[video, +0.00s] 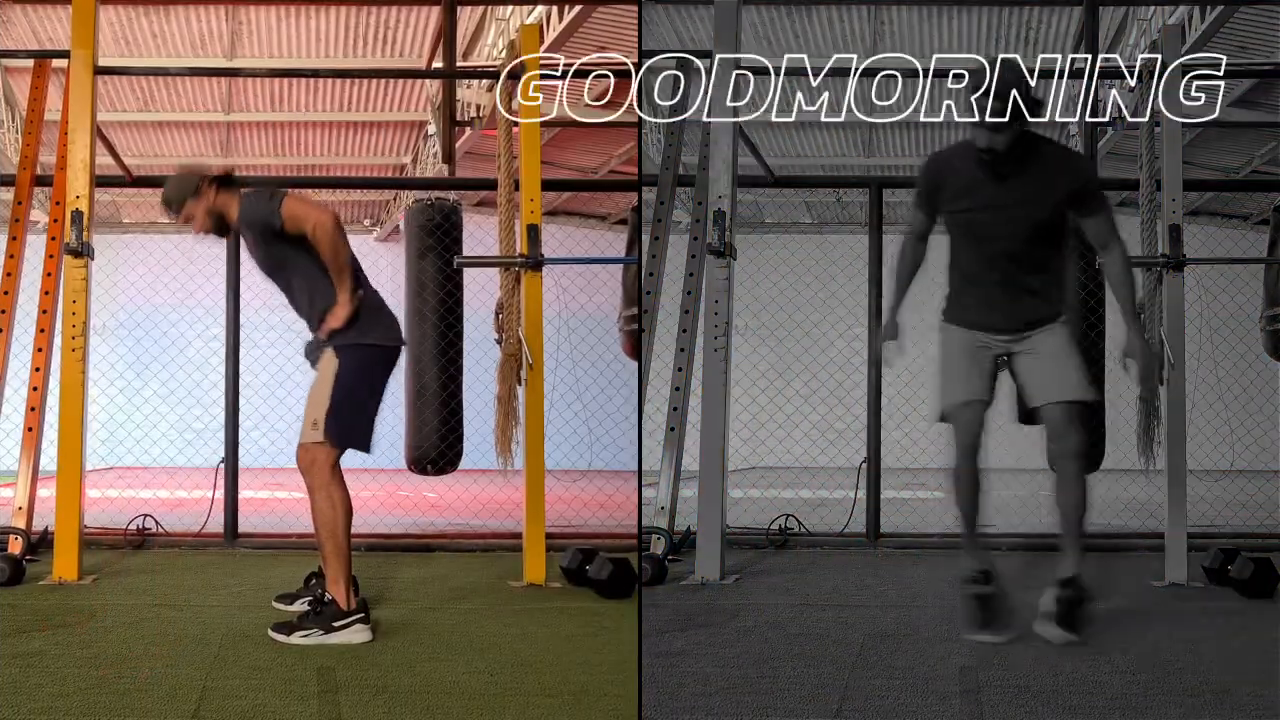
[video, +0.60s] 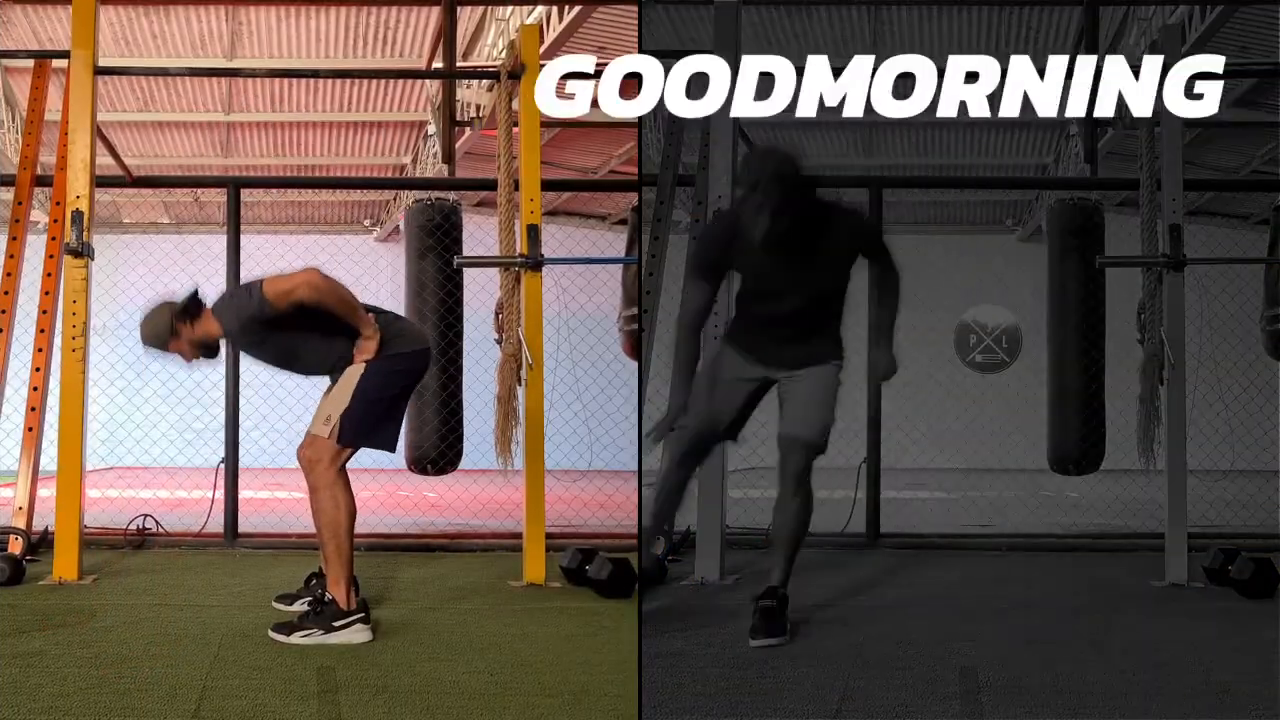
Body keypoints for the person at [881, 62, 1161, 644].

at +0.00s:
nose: (986, 138)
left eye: (998, 127)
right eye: (979, 126)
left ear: (1023, 120)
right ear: (968, 118)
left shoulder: (1065, 169)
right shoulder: (943, 168)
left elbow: (1109, 248)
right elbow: (916, 237)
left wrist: (1135, 331)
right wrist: (892, 310)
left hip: (1045, 326)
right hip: (967, 325)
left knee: (1068, 442)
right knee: (965, 439)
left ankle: (1070, 577)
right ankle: (975, 564)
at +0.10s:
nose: (951, 127)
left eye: (962, 117)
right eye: (944, 116)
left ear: (988, 117)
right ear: (934, 118)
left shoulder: (1028, 173)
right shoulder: (920, 176)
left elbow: (1079, 241)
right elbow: (886, 253)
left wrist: (1102, 321)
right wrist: (858, 326)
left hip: (1011, 342)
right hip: (939, 340)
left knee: (1031, 469)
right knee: (904, 455)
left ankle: (1042, 595)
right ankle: (890, 567)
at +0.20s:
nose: (922, 127)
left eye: (932, 116)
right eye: (913, 116)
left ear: (951, 118)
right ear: (901, 120)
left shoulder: (986, 177)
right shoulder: (878, 182)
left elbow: (1035, 252)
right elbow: (853, 262)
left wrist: (1067, 330)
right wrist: (829, 330)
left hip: (969, 353)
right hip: (894, 351)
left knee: (1008, 475)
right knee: (849, 468)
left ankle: (1039, 598)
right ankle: (824, 582)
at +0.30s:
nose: (888, 127)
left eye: (900, 117)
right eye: (880, 116)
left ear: (917, 116)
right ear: (865, 112)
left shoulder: (939, 171)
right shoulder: (832, 170)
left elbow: (983, 246)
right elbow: (800, 253)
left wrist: (1013, 314)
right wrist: (805, 320)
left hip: (916, 348)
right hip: (844, 347)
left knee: (956, 465)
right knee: (818, 469)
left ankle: (1014, 590)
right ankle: (814, 588)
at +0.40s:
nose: (851, 122)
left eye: (862, 111)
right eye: (841, 110)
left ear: (879, 109)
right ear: (824, 109)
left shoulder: (908, 162)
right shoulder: (797, 160)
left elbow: (941, 235)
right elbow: (756, 236)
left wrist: (962, 309)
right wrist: (770, 301)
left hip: (878, 324)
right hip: (808, 323)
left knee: (887, 441)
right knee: (793, 449)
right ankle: (803, 576)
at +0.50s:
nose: (806, 149)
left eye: (816, 138)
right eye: (798, 136)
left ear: (840, 135)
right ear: (788, 133)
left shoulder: (878, 180)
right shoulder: (766, 178)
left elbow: (911, 241)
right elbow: (724, 257)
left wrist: (916, 314)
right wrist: (719, 330)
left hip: (848, 330)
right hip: (778, 325)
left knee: (829, 454)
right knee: (734, 439)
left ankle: (804, 576)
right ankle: (738, 543)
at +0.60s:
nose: (759, 220)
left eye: (767, 209)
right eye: (751, 208)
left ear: (790, 201)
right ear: (741, 201)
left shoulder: (839, 226)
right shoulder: (727, 231)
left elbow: (884, 265)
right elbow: (691, 318)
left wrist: (882, 345)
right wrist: (678, 400)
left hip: (813, 359)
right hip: (743, 349)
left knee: (795, 471)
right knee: (685, 446)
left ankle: (775, 595)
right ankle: (650, 549)